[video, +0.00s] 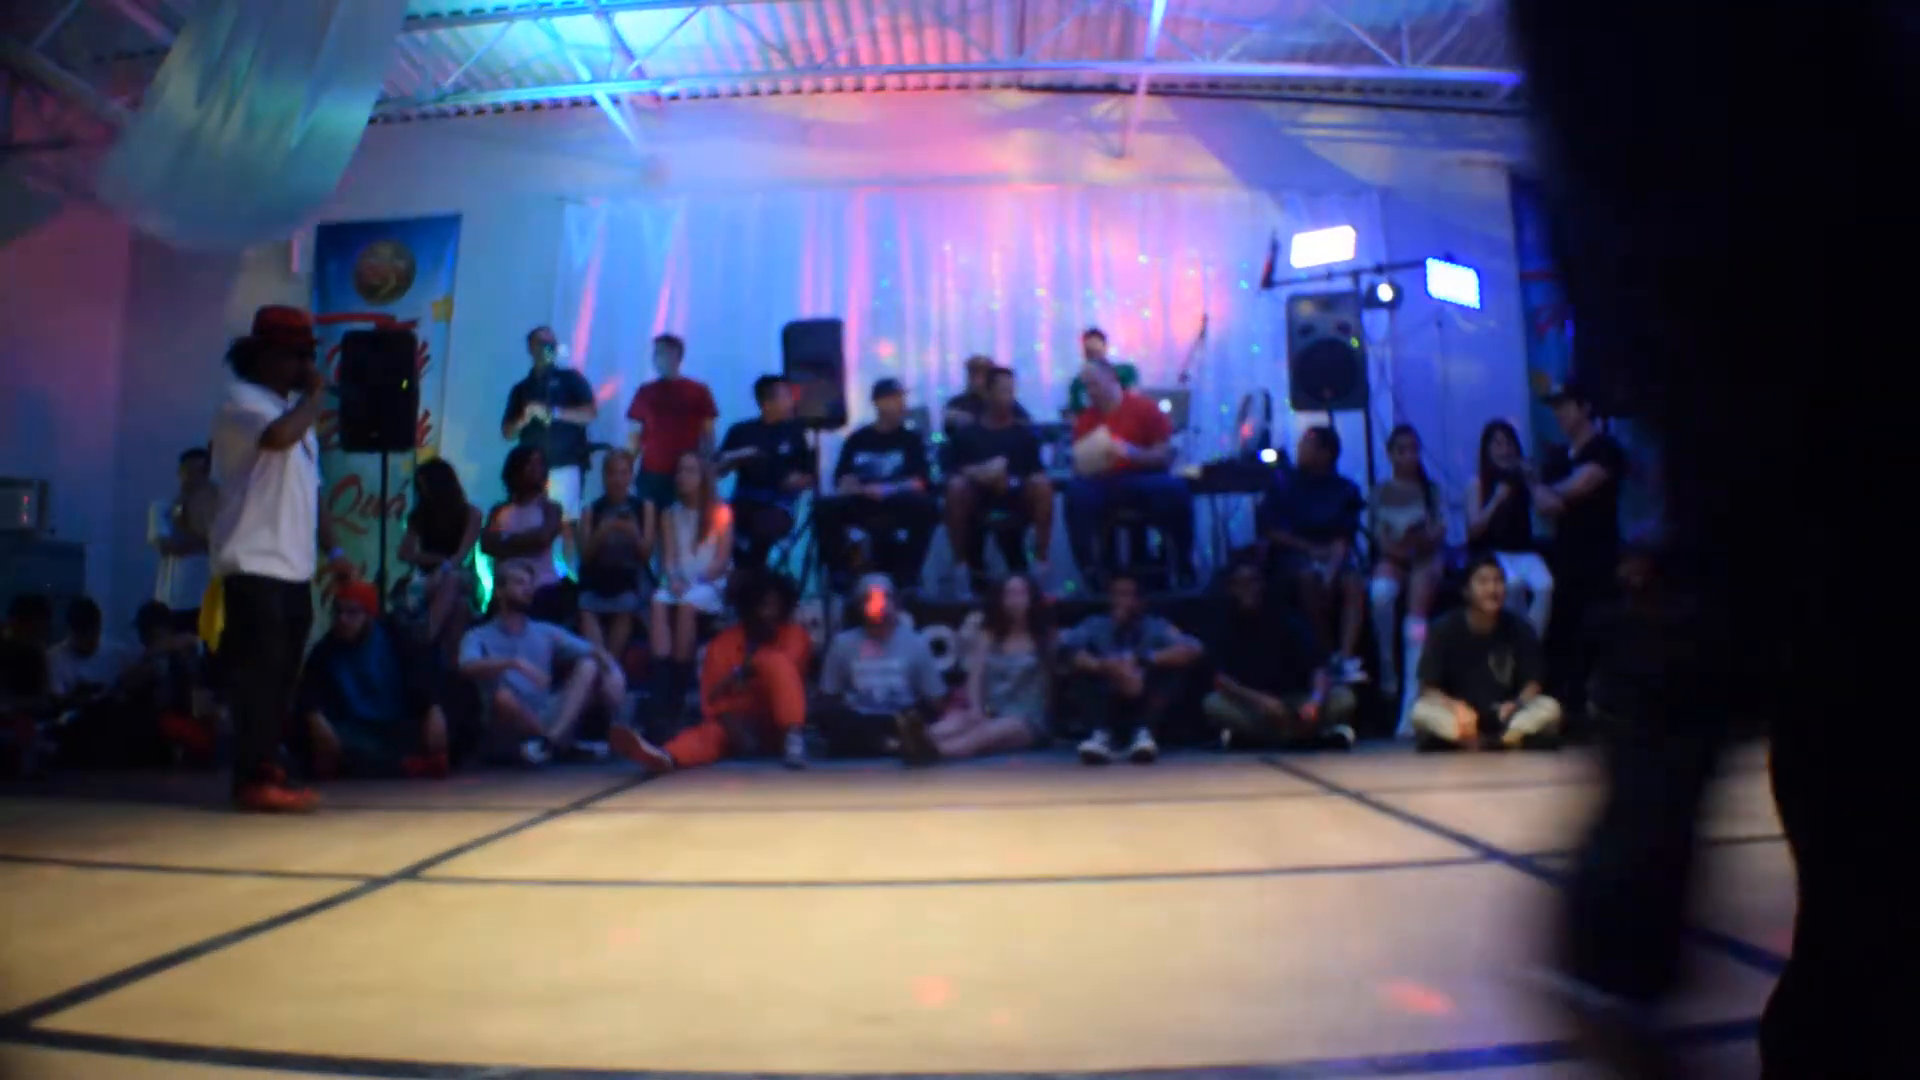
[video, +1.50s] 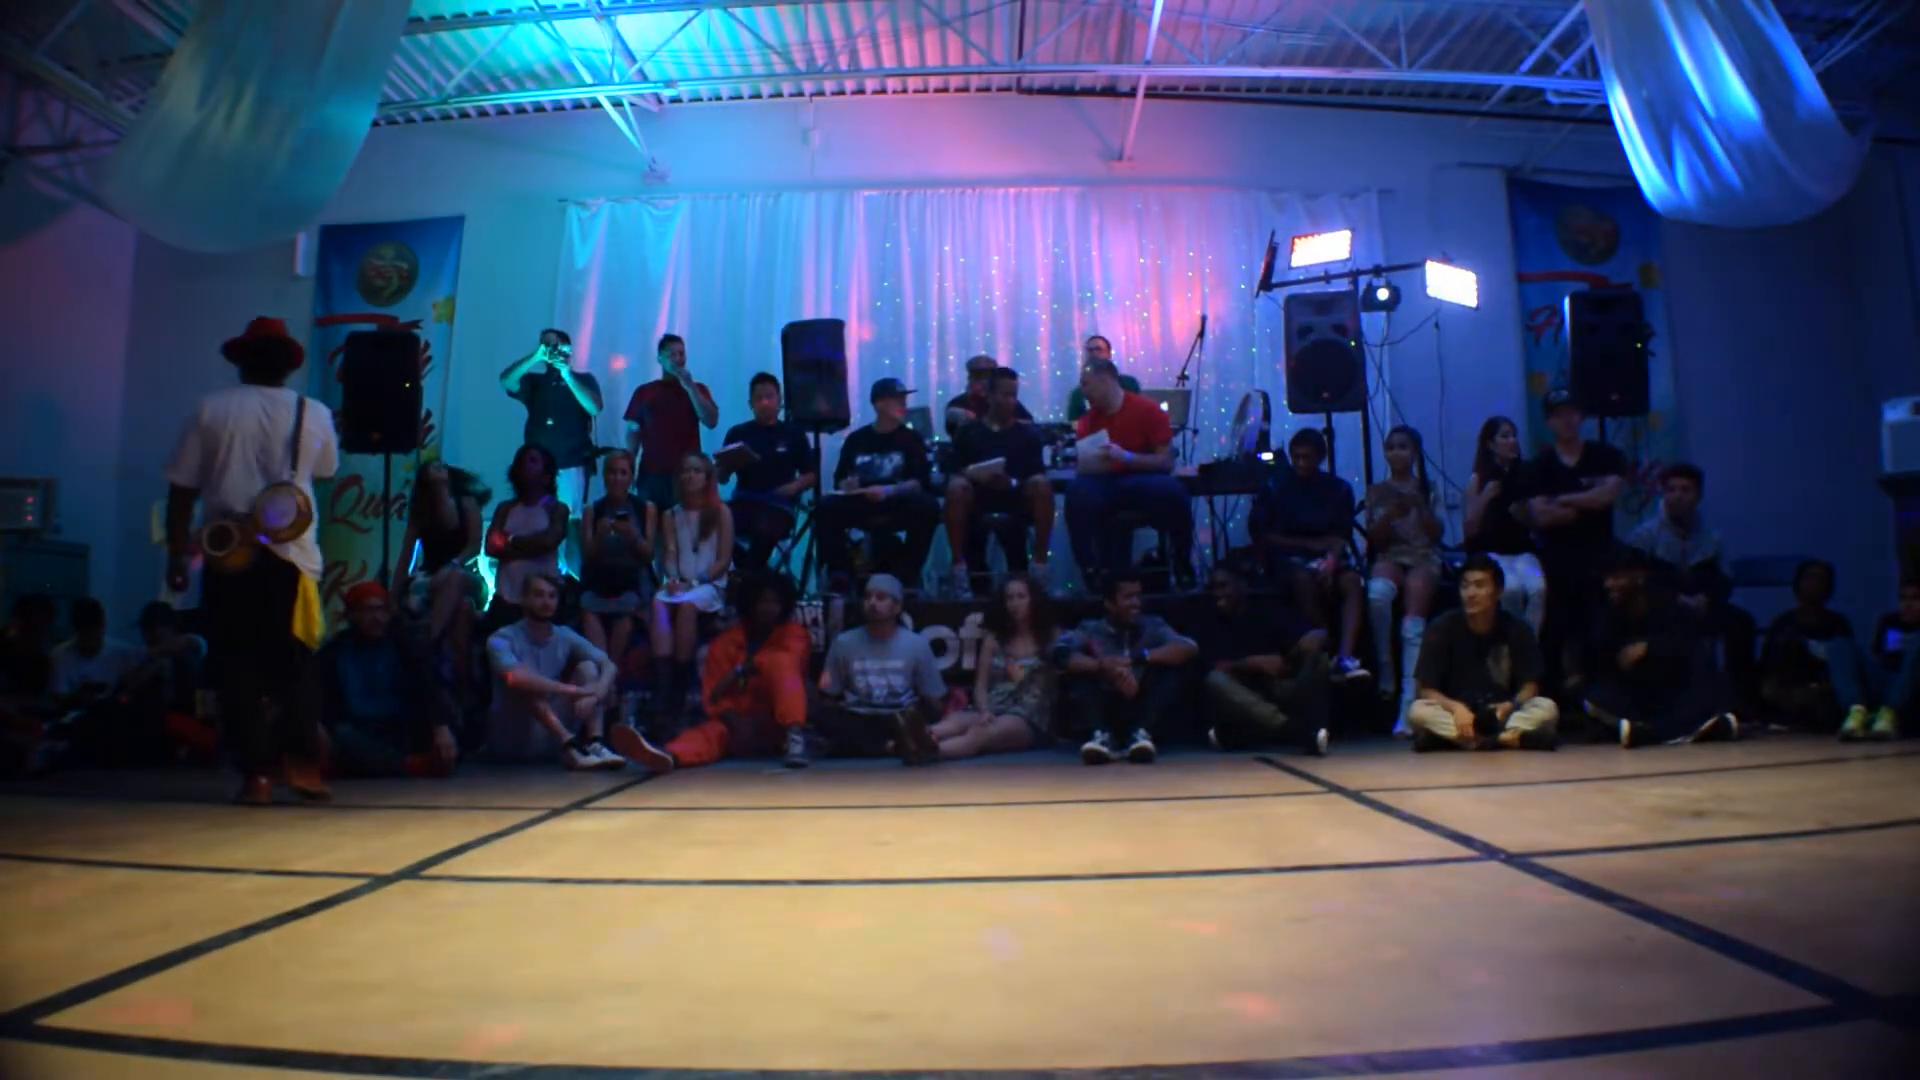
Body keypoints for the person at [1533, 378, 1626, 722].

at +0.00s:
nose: (1562, 419)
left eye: (1567, 411)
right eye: (1559, 413)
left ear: (1584, 411)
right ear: (1557, 416)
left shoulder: (1606, 450)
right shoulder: (1561, 455)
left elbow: (1577, 488)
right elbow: (1538, 491)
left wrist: (1545, 491)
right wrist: (1547, 502)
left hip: (1597, 555)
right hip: (1566, 555)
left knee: (1592, 627)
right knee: (1564, 629)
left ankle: (1590, 701)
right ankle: (1565, 701)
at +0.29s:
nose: (1562, 412)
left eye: (1568, 405)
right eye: (1559, 406)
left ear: (1586, 409)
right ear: (1556, 412)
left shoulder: (1605, 450)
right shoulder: (1552, 457)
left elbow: (1585, 485)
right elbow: (1539, 500)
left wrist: (1547, 490)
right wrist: (1568, 495)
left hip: (1596, 551)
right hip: (1560, 554)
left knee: (1595, 623)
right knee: (1560, 626)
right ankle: (1558, 688)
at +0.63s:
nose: (1567, 409)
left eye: (1574, 402)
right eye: (1563, 403)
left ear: (1590, 407)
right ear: (1558, 409)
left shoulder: (1611, 452)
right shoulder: (1551, 454)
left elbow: (1595, 491)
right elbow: (1537, 500)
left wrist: (1555, 491)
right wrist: (1578, 496)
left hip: (1599, 553)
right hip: (1560, 554)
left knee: (1597, 629)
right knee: (1557, 631)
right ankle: (1557, 700)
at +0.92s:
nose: (1572, 412)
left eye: (1578, 406)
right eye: (1566, 406)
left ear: (1594, 410)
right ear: (1561, 411)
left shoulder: (1614, 454)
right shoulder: (1550, 455)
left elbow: (1604, 493)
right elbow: (1538, 504)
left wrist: (1558, 493)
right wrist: (1588, 495)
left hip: (1601, 555)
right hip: (1562, 557)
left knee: (1601, 632)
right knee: (1559, 634)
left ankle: (1601, 705)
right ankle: (1566, 704)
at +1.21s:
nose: (1570, 418)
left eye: (1575, 411)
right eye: (1562, 413)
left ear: (1586, 415)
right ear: (1554, 418)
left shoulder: (1608, 455)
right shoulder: (1542, 462)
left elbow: (1608, 496)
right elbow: (1540, 510)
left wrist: (1557, 498)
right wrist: (1588, 502)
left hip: (1601, 558)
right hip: (1561, 561)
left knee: (1605, 630)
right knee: (1562, 635)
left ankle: (1605, 702)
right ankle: (1567, 703)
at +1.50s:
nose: (1567, 422)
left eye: (1571, 414)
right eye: (1559, 416)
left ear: (1580, 417)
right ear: (1549, 422)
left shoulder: (1604, 455)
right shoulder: (1538, 465)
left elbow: (1610, 494)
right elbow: (1540, 515)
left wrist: (1559, 500)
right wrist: (1590, 501)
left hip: (1598, 558)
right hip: (1558, 561)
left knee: (1601, 627)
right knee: (1558, 631)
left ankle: (1604, 694)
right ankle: (1557, 693)